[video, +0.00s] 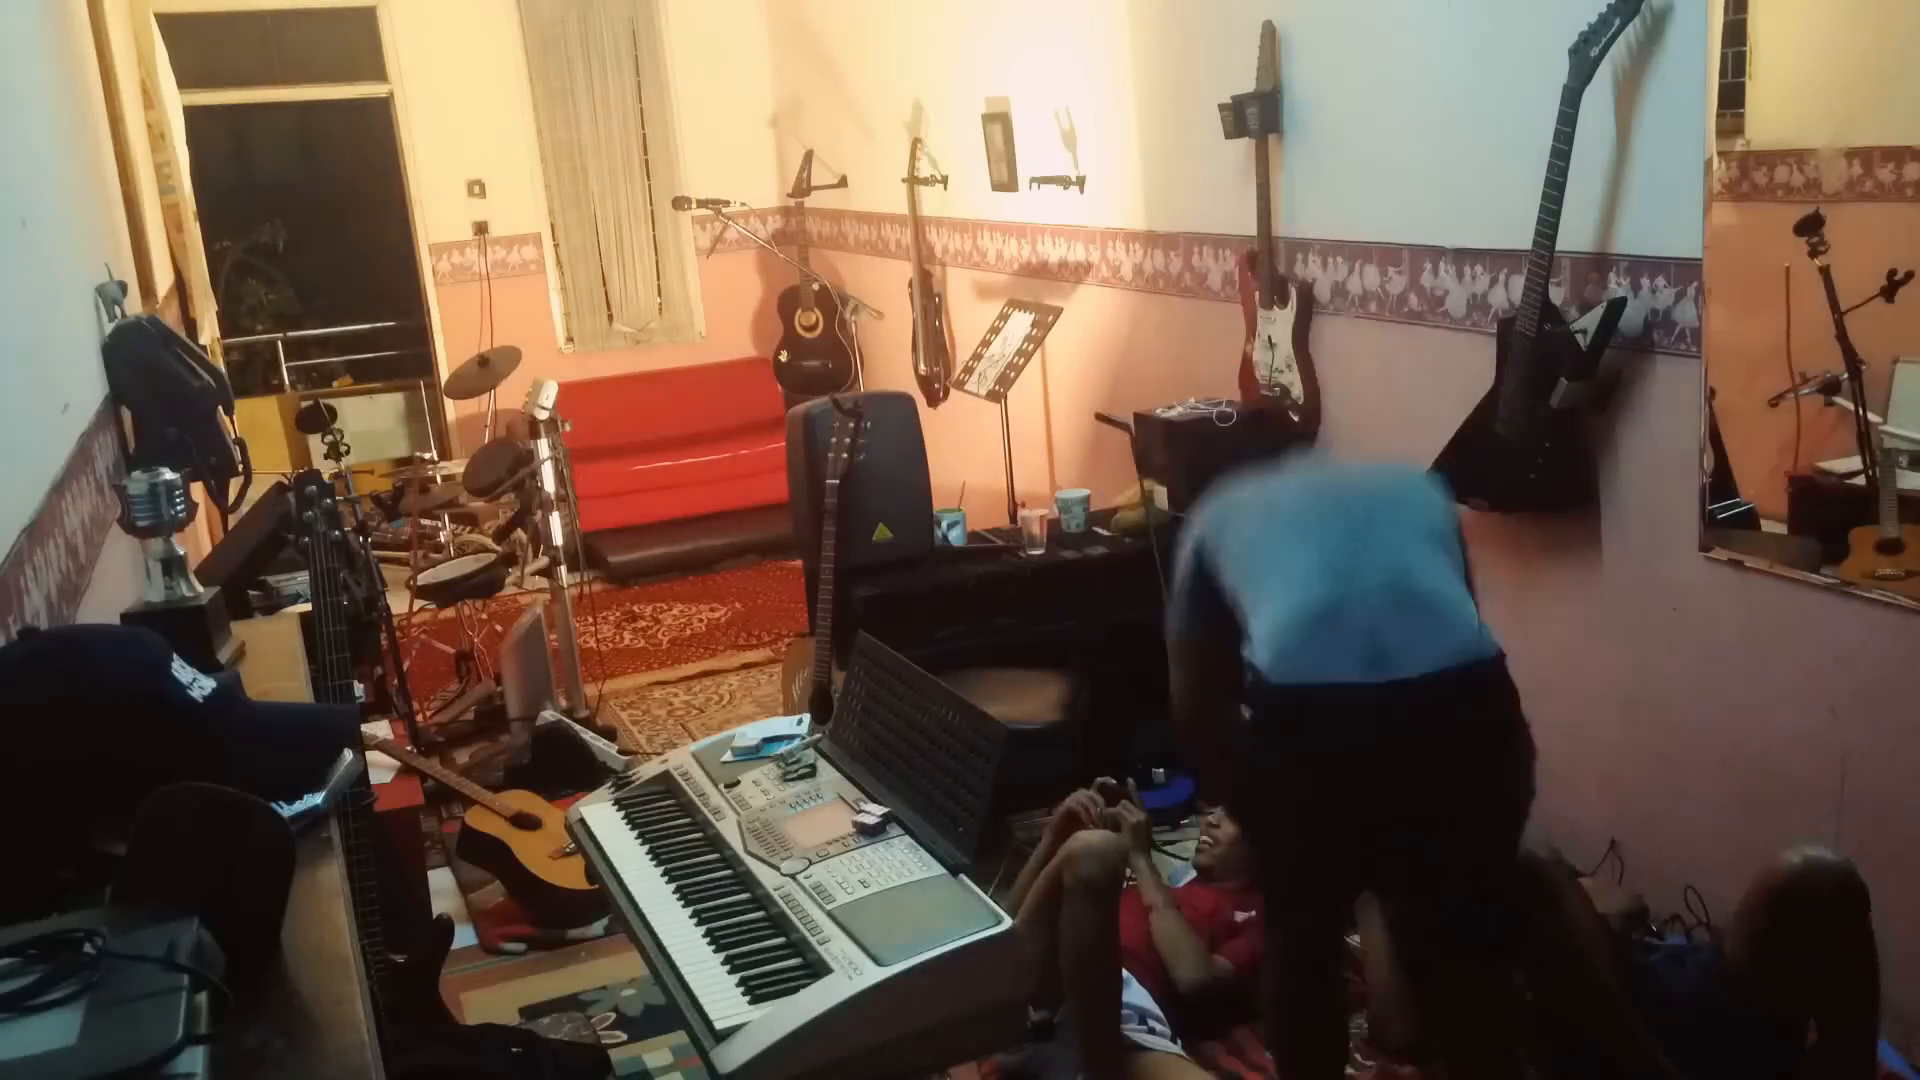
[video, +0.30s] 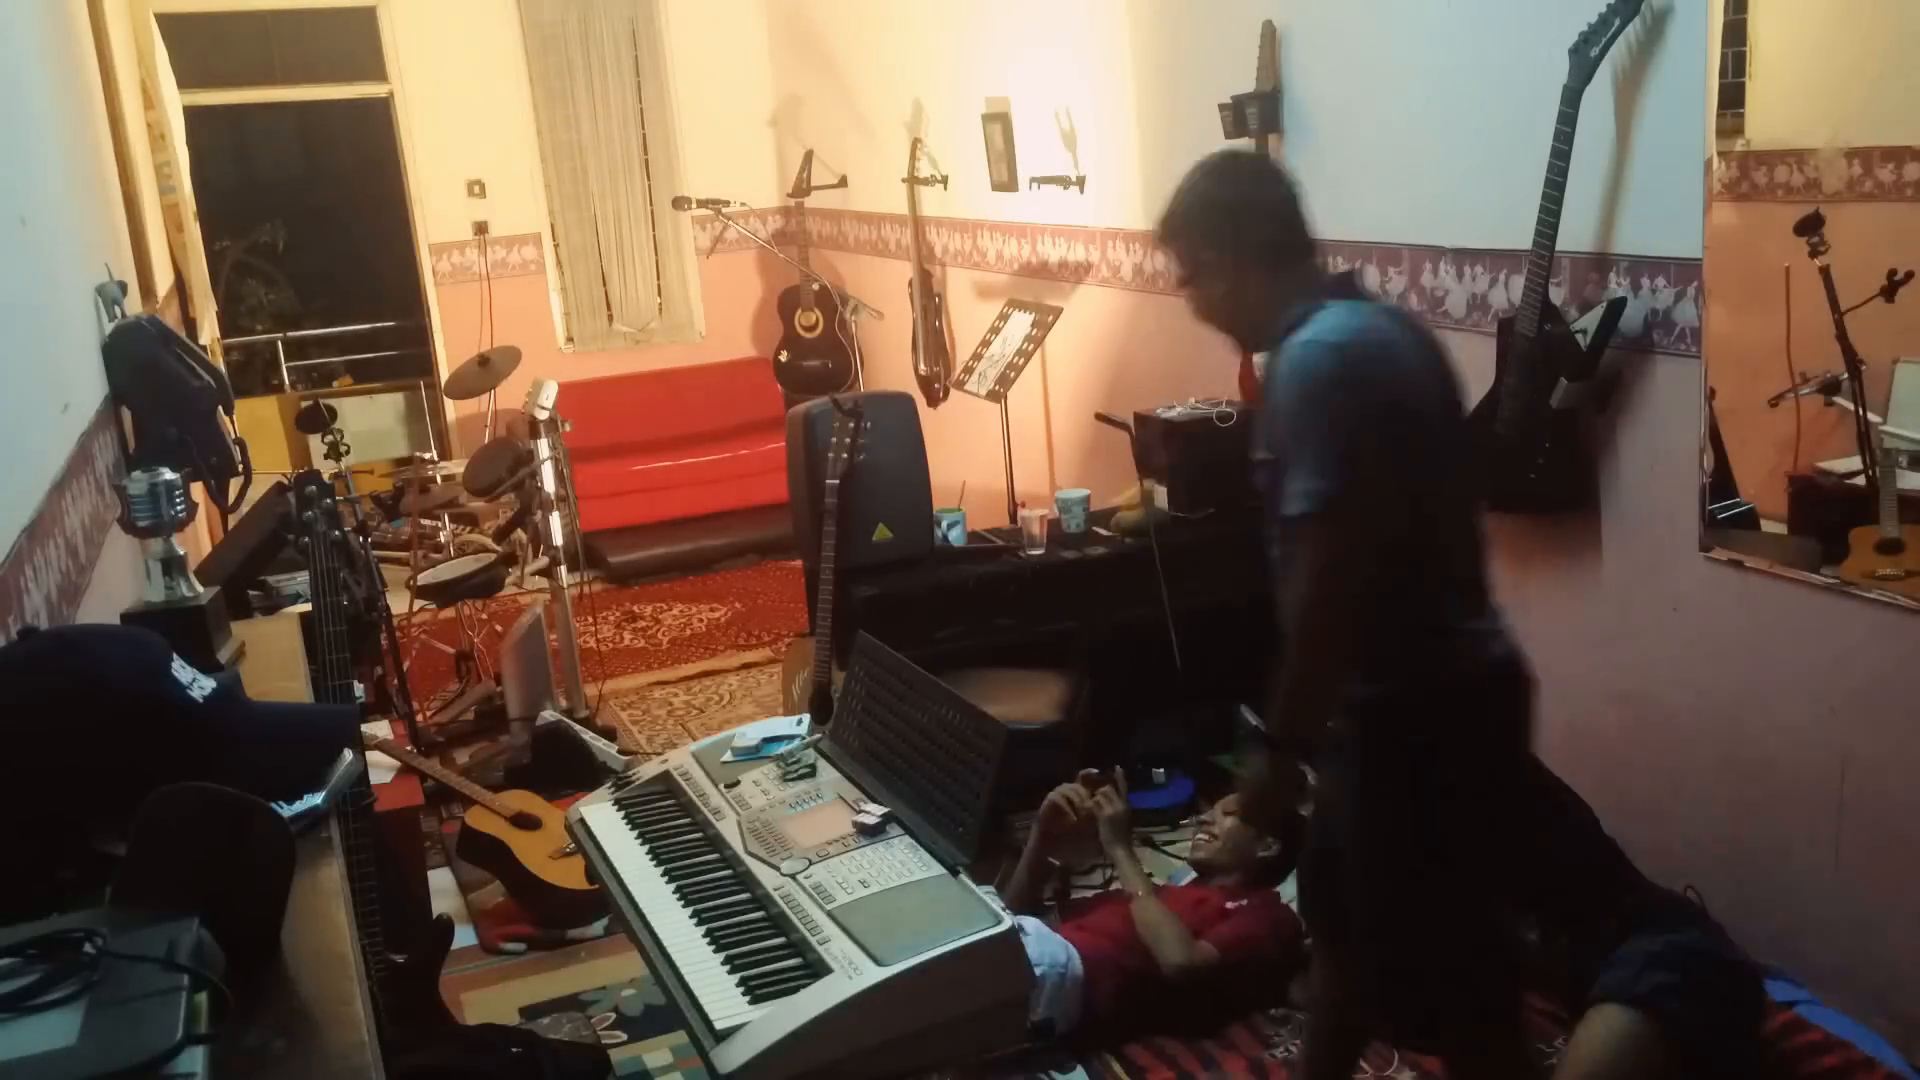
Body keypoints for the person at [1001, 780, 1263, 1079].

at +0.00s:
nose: (1208, 822)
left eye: (1227, 818)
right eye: (1209, 814)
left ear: (1257, 838)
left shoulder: (1259, 917)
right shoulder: (1174, 888)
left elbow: (1195, 979)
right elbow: (1018, 925)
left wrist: (1141, 857)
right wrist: (1053, 838)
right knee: (1092, 848)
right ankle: (1035, 1014)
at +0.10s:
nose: (1100, 811)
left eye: (1112, 802)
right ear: (1077, 809)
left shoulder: (1153, 862)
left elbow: (1190, 982)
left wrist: (1136, 857)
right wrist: (1046, 843)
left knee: (1123, 945)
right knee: (1010, 759)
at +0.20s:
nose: (1204, 812)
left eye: (1227, 806)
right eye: (1209, 805)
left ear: (1264, 841)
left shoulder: (1270, 909)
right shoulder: (1166, 892)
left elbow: (1175, 958)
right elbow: (1026, 910)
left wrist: (1116, 848)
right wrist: (1047, 824)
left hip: (1067, 982)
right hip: (1030, 938)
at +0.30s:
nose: (1206, 819)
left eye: (1229, 814)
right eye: (1212, 810)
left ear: (1267, 847)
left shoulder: (1272, 919)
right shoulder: (1166, 891)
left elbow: (1182, 962)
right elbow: (1018, 916)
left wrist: (1120, 849)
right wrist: (1042, 836)